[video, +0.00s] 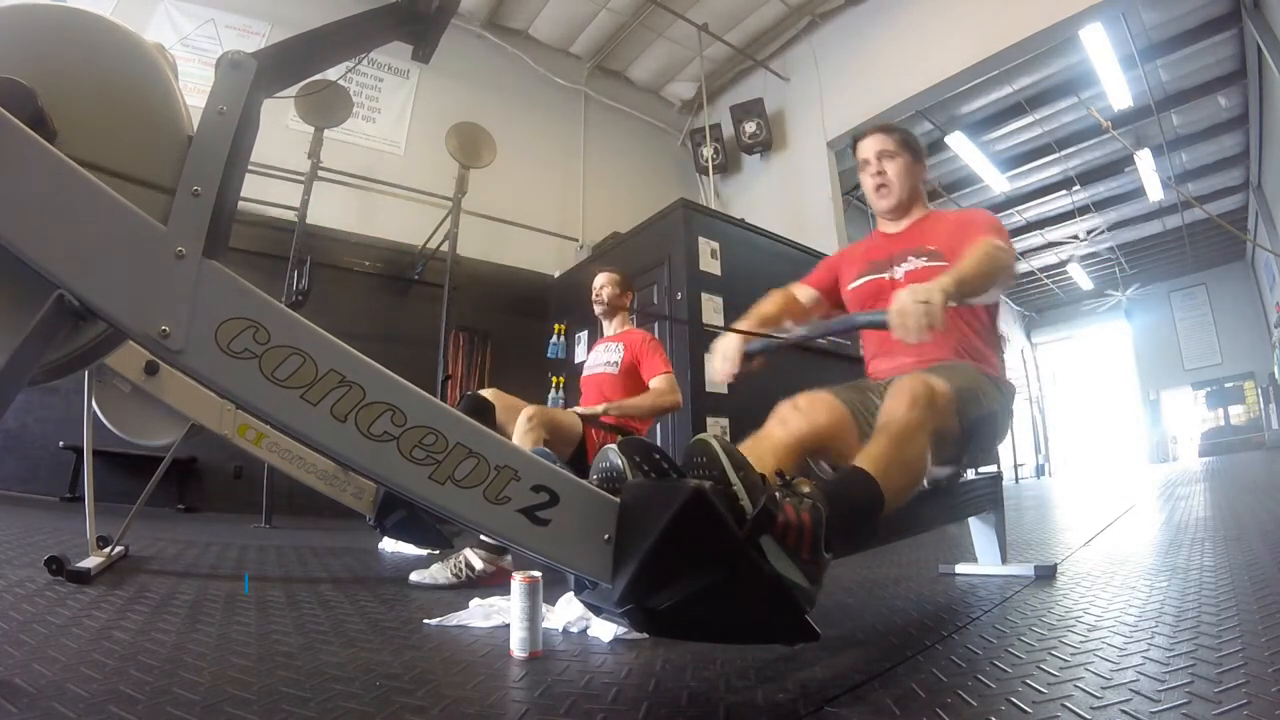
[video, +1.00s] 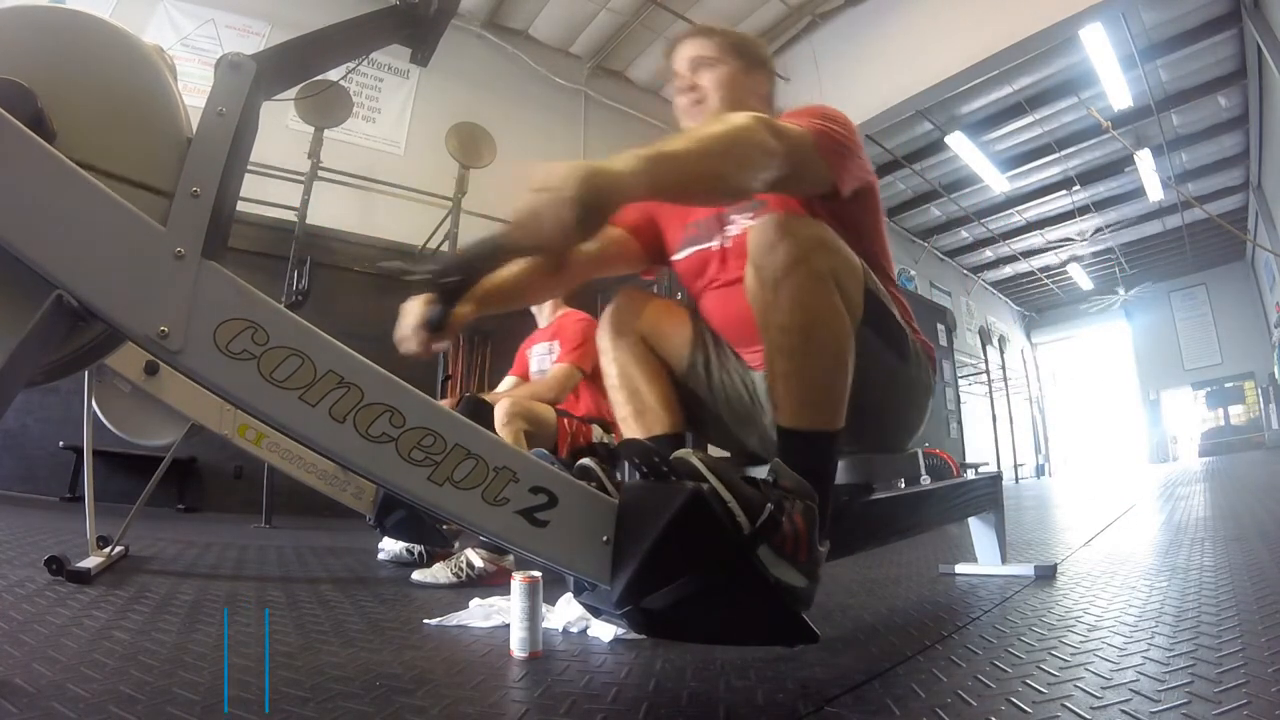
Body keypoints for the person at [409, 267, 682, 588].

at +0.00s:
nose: (596, 293)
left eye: (605, 287)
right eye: (594, 288)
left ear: (627, 297)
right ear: (592, 299)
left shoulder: (640, 340)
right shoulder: (598, 347)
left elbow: (670, 396)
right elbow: (600, 403)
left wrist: (605, 408)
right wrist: (570, 415)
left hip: (614, 442)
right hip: (579, 435)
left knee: (535, 417)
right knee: (485, 400)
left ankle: (490, 550)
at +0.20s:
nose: (597, 290)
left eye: (606, 284)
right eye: (595, 285)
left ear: (628, 295)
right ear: (592, 295)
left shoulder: (643, 330)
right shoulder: (600, 344)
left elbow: (653, 392)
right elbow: (598, 398)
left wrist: (580, 395)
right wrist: (567, 406)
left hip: (621, 437)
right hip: (583, 428)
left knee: (538, 419)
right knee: (494, 396)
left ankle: (492, 550)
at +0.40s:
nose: (597, 294)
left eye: (603, 287)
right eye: (594, 287)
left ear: (622, 293)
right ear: (591, 296)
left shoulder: (634, 336)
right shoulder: (592, 342)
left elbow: (643, 391)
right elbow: (587, 401)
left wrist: (575, 392)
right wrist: (543, 400)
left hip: (619, 433)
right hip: (579, 426)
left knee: (539, 416)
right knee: (495, 396)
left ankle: (495, 549)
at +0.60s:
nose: (578, 281)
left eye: (588, 275)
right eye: (579, 276)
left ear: (611, 285)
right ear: (573, 284)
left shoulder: (623, 326)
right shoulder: (583, 341)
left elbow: (617, 391)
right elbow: (573, 395)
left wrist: (554, 390)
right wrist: (526, 394)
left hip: (610, 428)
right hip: (573, 424)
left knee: (535, 413)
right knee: (477, 412)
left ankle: (500, 551)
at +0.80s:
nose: (553, 277)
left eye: (563, 272)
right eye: (555, 272)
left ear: (586, 282)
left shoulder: (598, 321)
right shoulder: (561, 336)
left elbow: (586, 384)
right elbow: (541, 389)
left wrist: (514, 388)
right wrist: (490, 392)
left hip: (602, 428)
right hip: (562, 422)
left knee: (525, 413)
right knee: (479, 408)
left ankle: (496, 551)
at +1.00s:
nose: (527, 292)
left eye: (533, 284)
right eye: (525, 285)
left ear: (554, 286)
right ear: (524, 292)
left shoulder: (579, 322)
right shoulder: (531, 342)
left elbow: (555, 390)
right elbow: (499, 395)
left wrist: (481, 401)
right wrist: (448, 404)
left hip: (590, 429)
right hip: (542, 425)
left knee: (509, 411)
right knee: (468, 409)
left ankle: (494, 550)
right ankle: (432, 535)